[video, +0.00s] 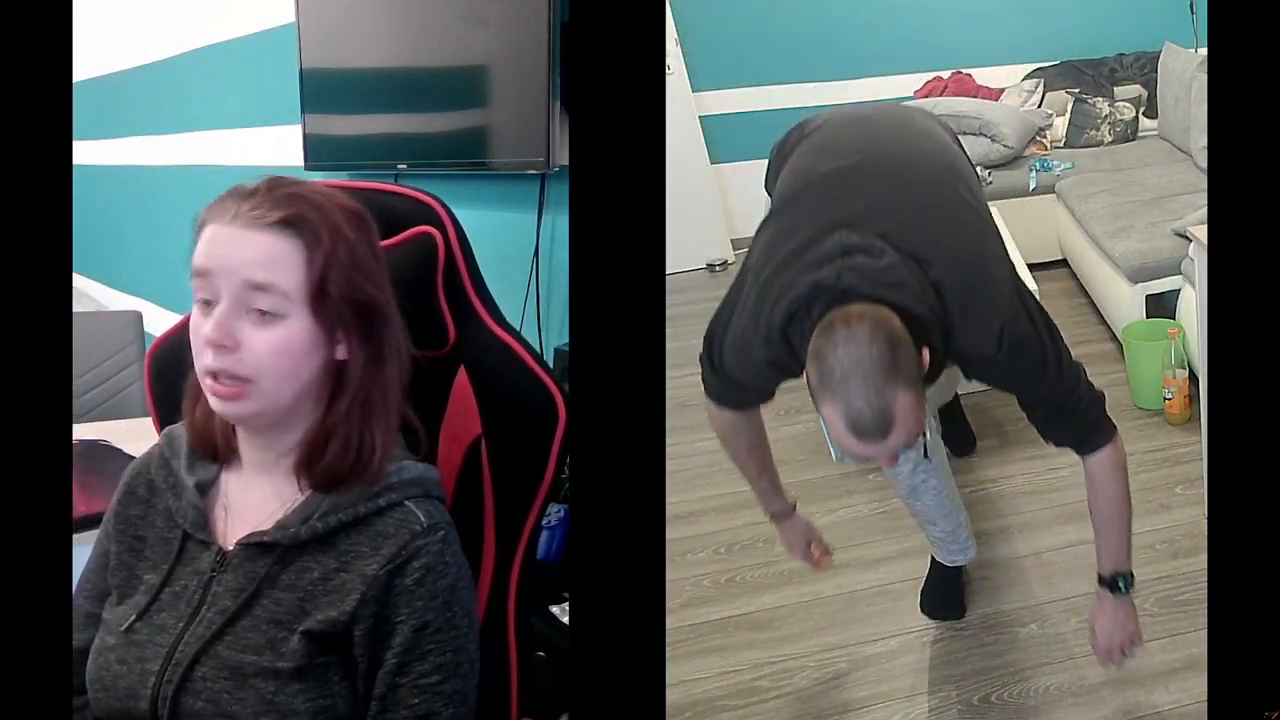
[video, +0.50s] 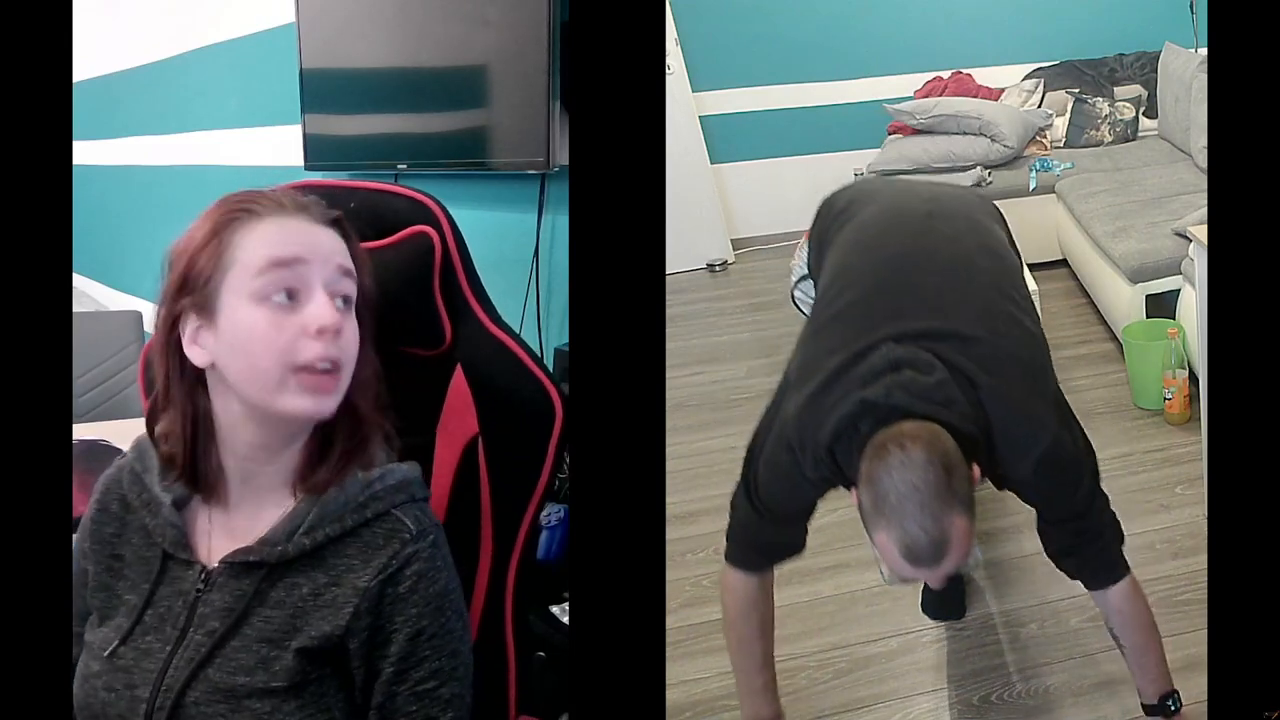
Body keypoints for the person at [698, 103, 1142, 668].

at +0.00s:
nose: (892, 465)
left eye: (905, 448)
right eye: (868, 458)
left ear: (925, 361)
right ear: (811, 381)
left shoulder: (990, 321)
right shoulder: (754, 334)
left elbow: (1100, 440)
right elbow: (726, 398)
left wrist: (1117, 587)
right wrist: (781, 513)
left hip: (920, 129)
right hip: (805, 142)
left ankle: (947, 397)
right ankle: (951, 553)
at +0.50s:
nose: (936, 587)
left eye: (953, 569)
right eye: (909, 579)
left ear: (974, 477)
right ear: (857, 502)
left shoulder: (1039, 439)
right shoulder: (794, 443)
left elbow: (1111, 579)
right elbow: (744, 570)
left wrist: (1164, 706)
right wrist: (761, 713)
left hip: (973, 212)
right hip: (848, 212)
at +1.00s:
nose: (968, 643)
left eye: (986, 625)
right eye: (938, 639)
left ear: (1005, 526)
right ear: (881, 556)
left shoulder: (1064, 465)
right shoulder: (807, 522)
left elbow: (1131, 593)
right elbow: (782, 680)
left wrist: (1169, 707)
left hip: (978, 252)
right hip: (851, 266)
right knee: (829, 356)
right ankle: (816, 336)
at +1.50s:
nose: (885, 686)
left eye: (905, 670)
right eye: (848, 677)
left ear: (937, 568)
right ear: (802, 599)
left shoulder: (1021, 496)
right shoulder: (743, 552)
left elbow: (1117, 603)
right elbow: (741, 694)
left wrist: (1156, 713)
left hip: (951, 298)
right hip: (826, 315)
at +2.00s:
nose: (996, 598)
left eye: (1018, 579)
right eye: (973, 582)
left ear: (1053, 490)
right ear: (927, 493)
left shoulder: (1109, 451)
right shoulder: (864, 458)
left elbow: (1136, 598)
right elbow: (772, 613)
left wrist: (1159, 712)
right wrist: (742, 717)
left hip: (1043, 287)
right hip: (925, 286)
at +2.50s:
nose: (1016, 545)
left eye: (1040, 525)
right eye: (991, 524)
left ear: (1077, 456)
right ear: (950, 441)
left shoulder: (1125, 424)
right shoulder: (877, 395)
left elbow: (1136, 591)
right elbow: (863, 570)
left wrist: (1159, 712)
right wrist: (830, 547)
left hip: (1063, 285)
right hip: (959, 288)